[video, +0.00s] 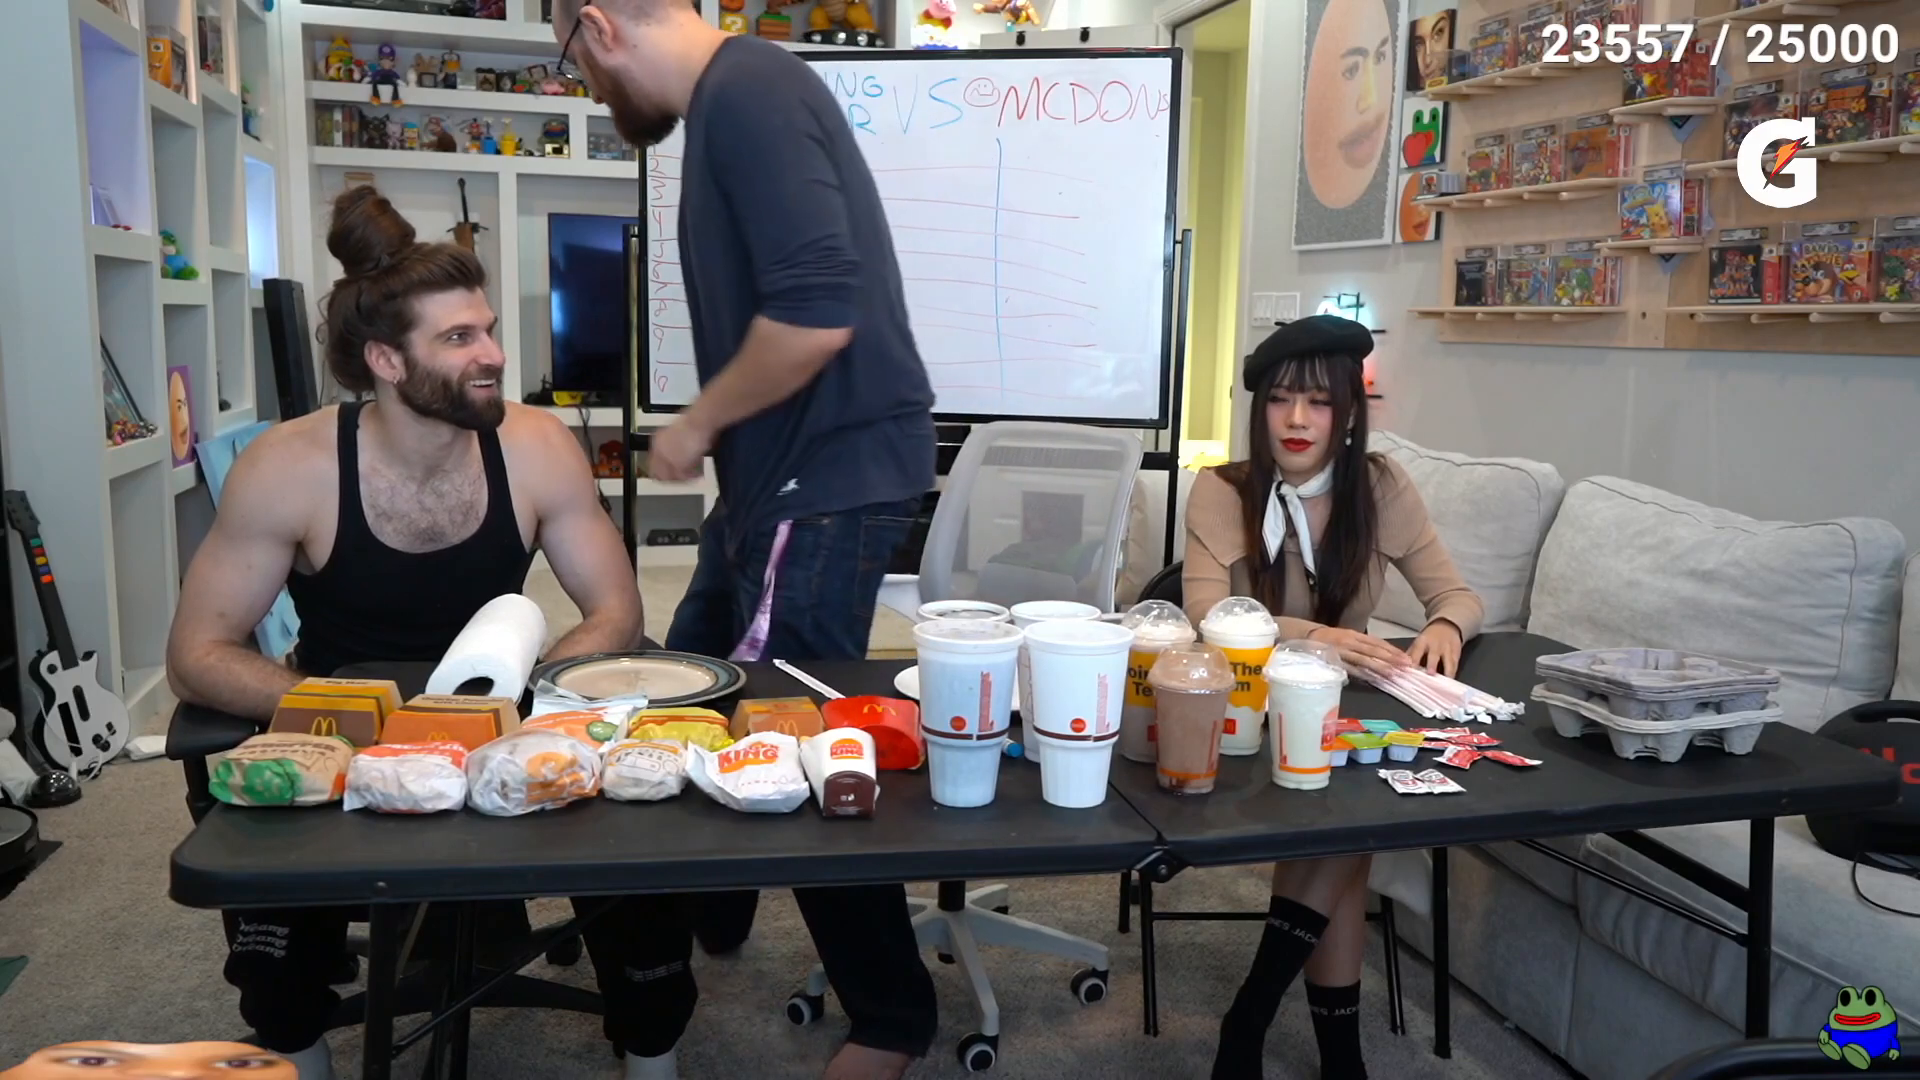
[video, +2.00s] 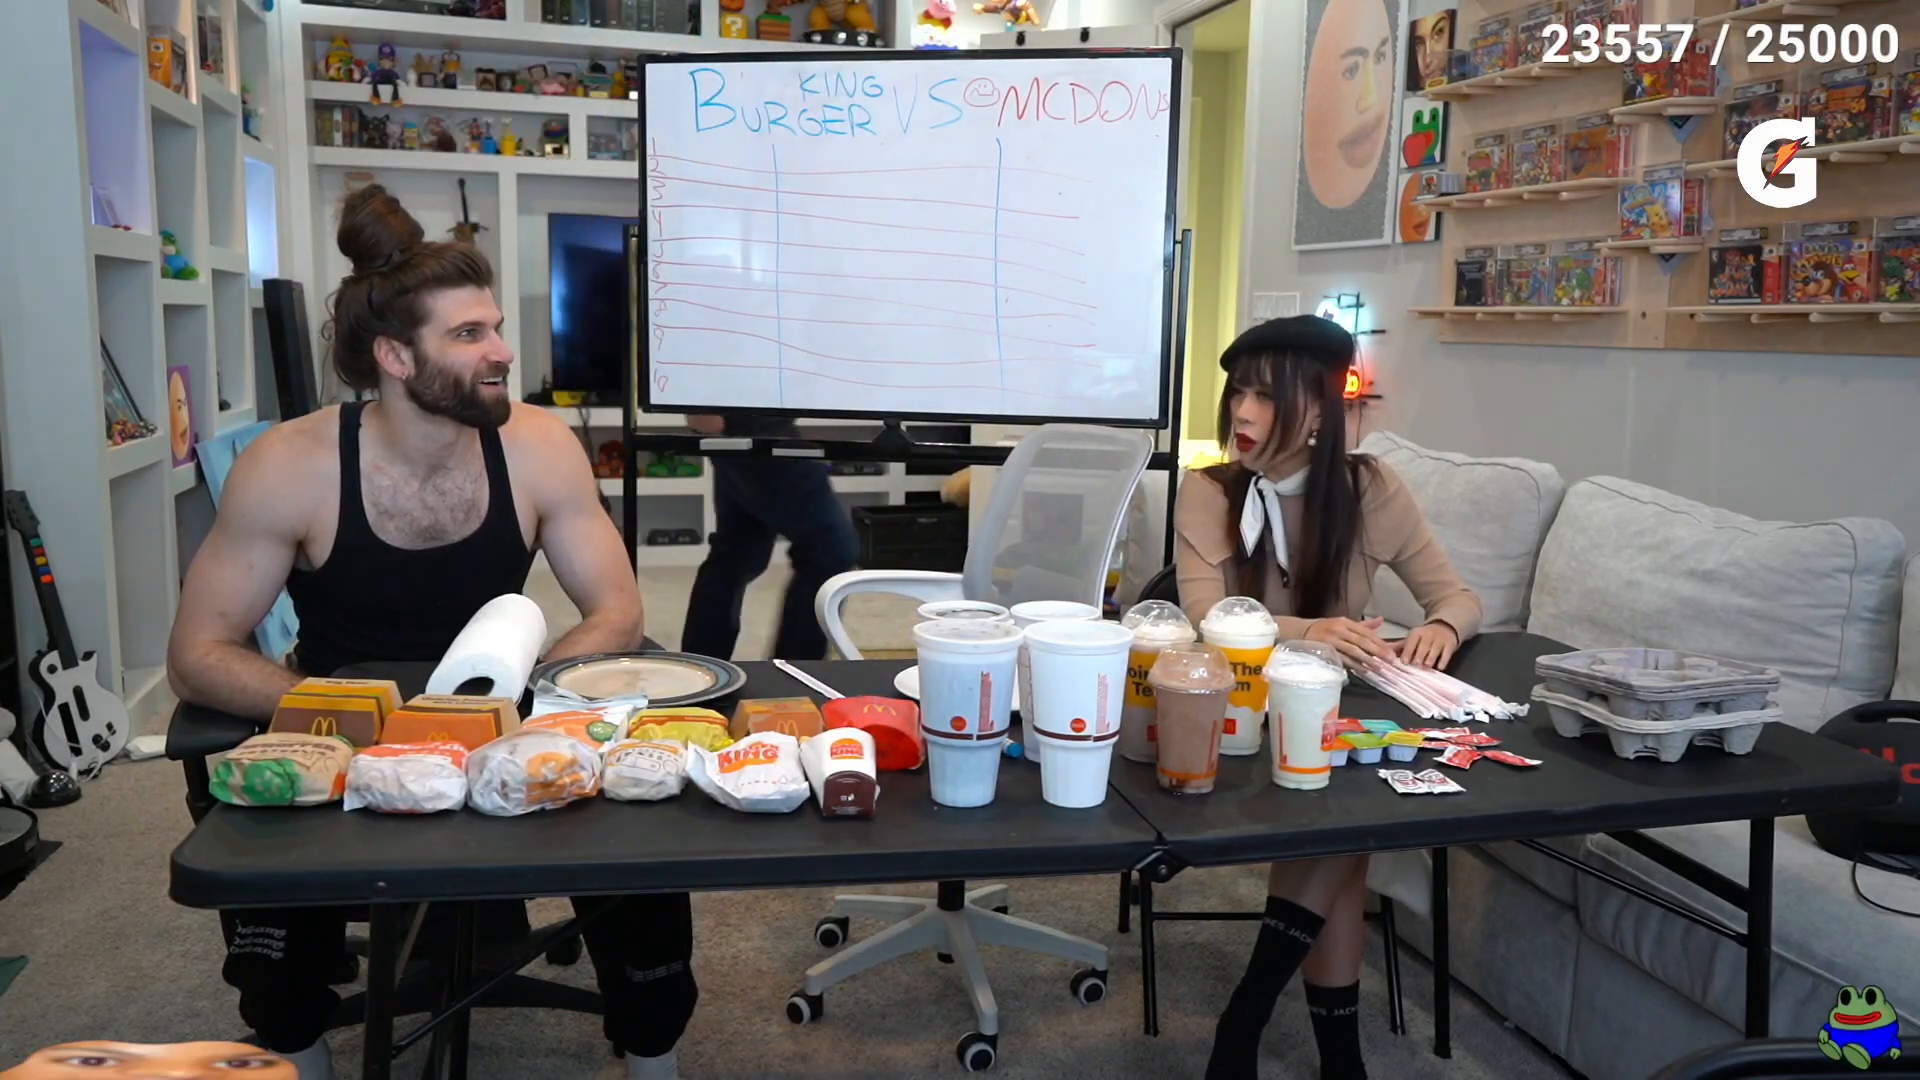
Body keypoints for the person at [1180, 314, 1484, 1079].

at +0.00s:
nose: (1297, 420)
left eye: (1319, 402)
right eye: (1281, 399)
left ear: (1350, 413)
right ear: (1258, 405)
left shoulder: (1379, 485)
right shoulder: (1221, 491)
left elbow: (1456, 595)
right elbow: (1209, 622)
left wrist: (1447, 625)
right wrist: (1313, 635)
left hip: (1336, 704)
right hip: (1239, 710)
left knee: (1346, 814)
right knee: (1351, 830)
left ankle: (1246, 1024)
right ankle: (1343, 1064)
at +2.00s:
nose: (1243, 411)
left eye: (1267, 395)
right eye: (1239, 389)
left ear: (1317, 409)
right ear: (1229, 393)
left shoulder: (1369, 486)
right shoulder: (1210, 490)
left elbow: (1458, 597)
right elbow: (1210, 622)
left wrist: (1444, 624)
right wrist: (1309, 630)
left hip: (1336, 707)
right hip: (1236, 711)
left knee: (1338, 818)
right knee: (1346, 834)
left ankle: (1241, 1026)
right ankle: (1342, 1064)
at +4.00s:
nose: (1295, 413)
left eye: (1318, 396)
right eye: (1282, 393)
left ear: (1353, 410)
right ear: (1261, 403)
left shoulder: (1380, 483)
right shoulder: (1225, 488)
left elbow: (1464, 599)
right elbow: (1211, 619)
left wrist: (1432, 624)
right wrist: (1313, 633)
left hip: (1344, 702)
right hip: (1246, 707)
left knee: (1347, 818)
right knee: (1351, 834)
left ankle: (1247, 1025)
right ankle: (1343, 1063)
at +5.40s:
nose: (1300, 408)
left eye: (1321, 392)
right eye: (1285, 390)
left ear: (1353, 409)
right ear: (1262, 402)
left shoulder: (1381, 484)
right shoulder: (1222, 490)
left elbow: (1463, 598)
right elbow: (1211, 620)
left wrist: (1435, 624)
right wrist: (1313, 632)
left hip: (1342, 705)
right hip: (1245, 709)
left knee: (1343, 817)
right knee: (1348, 831)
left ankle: (1246, 1024)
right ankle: (1343, 1064)